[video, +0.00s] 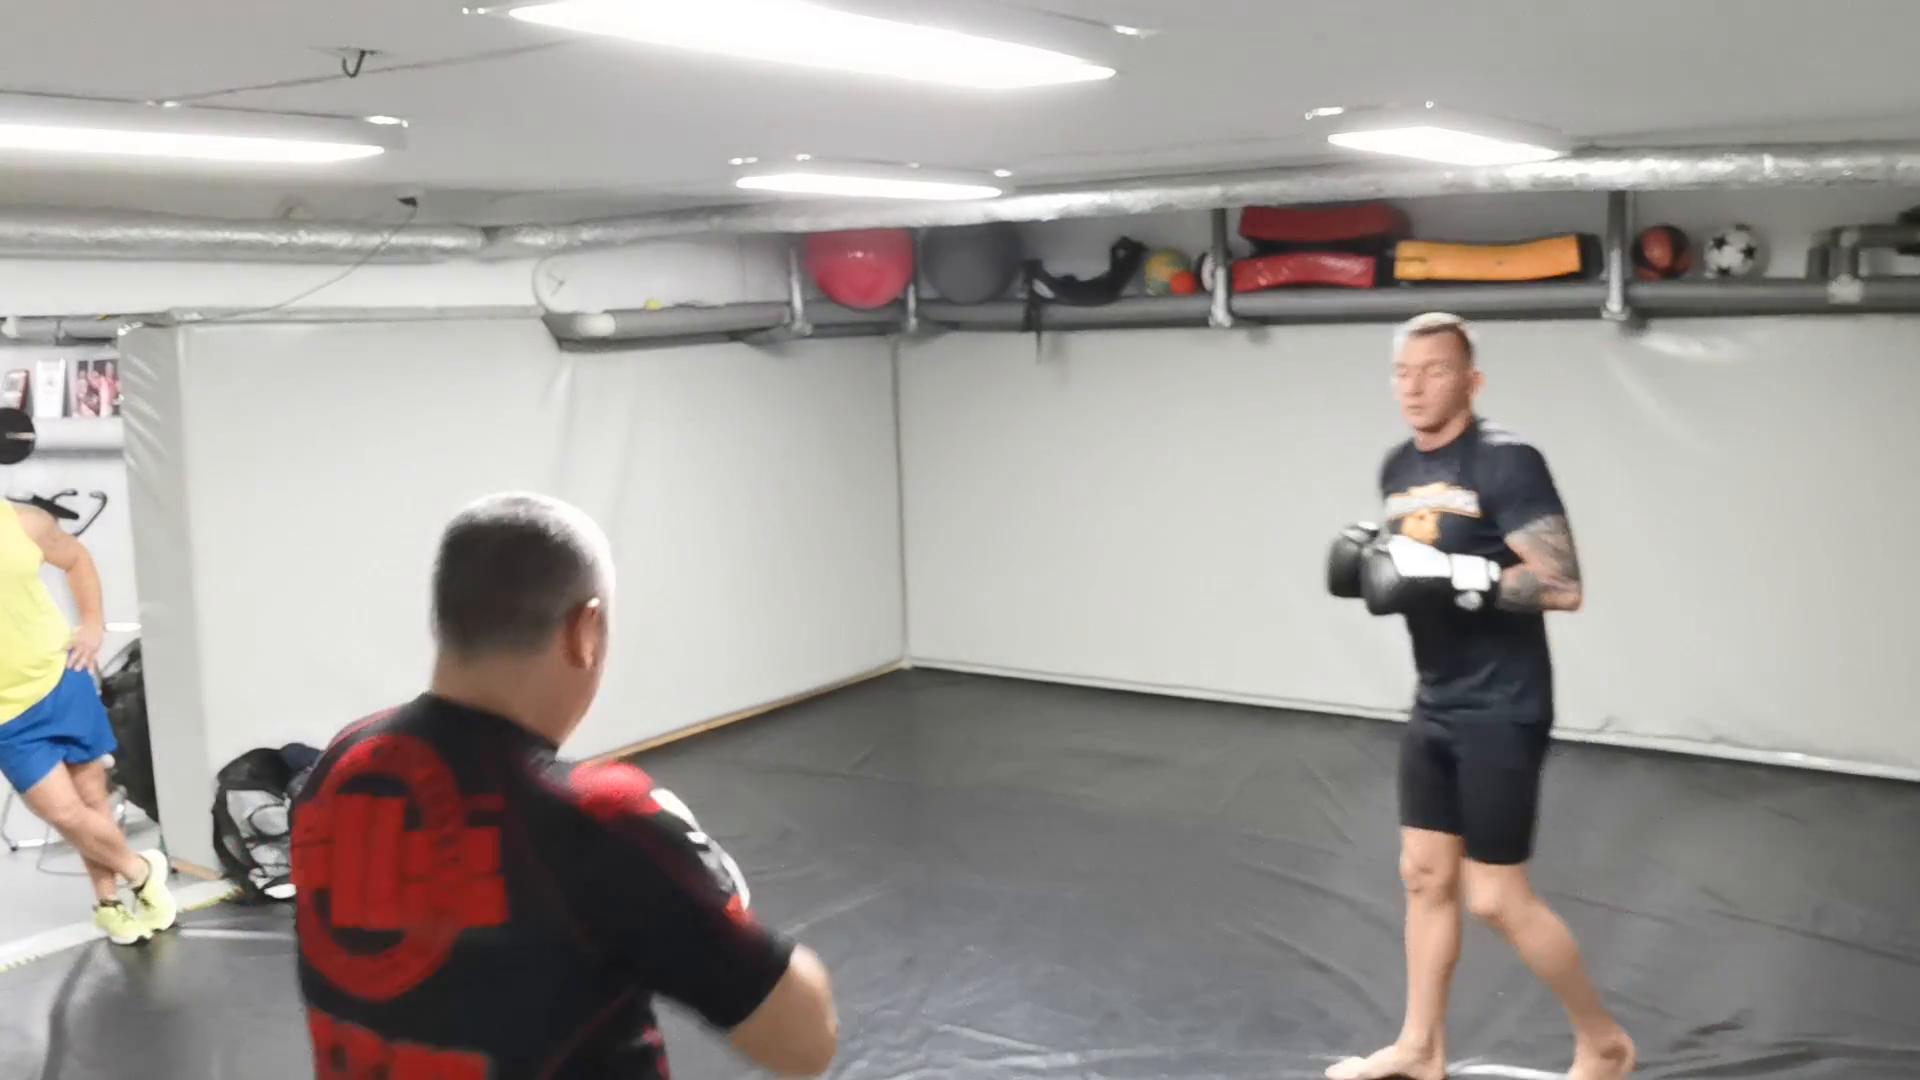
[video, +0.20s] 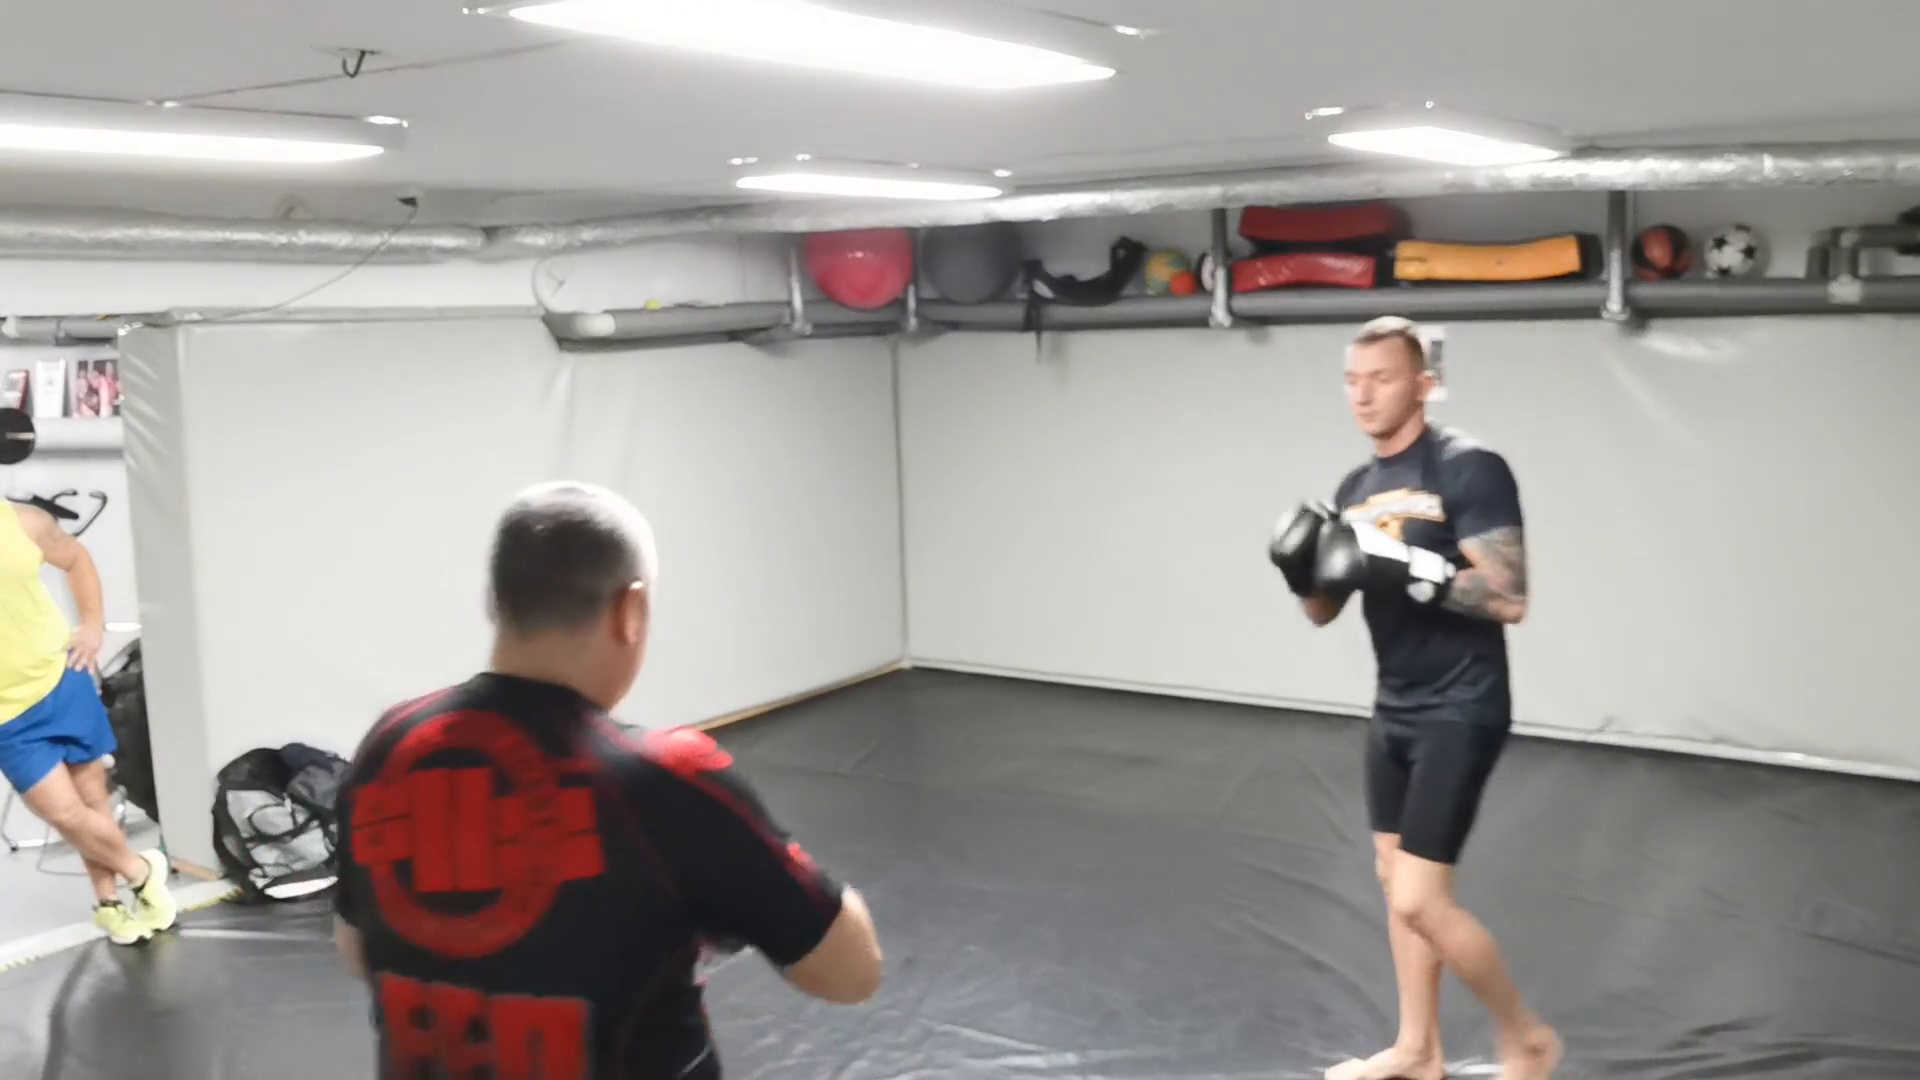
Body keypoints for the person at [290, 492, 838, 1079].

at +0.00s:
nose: (605, 661)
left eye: (611, 634)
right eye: (610, 633)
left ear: (445, 618)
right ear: (586, 635)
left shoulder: (335, 773)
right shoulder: (597, 819)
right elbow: (804, 1043)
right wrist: (716, 887)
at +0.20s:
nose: (651, 637)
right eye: (653, 612)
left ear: (495, 605)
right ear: (629, 616)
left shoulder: (389, 748)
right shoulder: (662, 780)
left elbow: (362, 952)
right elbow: (853, 971)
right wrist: (737, 880)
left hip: (424, 1073)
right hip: (638, 1067)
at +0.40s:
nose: (715, 623)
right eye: (718, 601)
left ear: (575, 595)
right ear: (703, 603)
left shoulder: (465, 728)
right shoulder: (741, 758)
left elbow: (416, 925)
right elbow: (904, 924)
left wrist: (552, 882)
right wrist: (811, 815)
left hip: (503, 1066)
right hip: (696, 1063)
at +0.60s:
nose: (771, 584)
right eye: (771, 564)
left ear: (634, 554)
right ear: (755, 566)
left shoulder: (528, 678)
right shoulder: (793, 708)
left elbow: (459, 857)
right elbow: (923, 882)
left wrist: (576, 838)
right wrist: (831, 791)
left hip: (566, 1052)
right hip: (736, 1054)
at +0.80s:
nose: (781, 575)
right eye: (784, 555)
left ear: (659, 541)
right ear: (764, 553)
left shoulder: (554, 661)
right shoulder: (788, 686)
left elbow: (476, 832)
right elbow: (914, 873)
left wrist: (606, 834)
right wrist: (832, 815)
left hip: (594, 1034)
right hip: (741, 1039)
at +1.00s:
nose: (795, 595)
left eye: (802, 575)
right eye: (801, 573)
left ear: (693, 546)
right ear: (774, 567)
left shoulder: (592, 653)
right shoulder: (744, 691)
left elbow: (546, 833)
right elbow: (798, 898)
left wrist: (655, 884)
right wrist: (887, 938)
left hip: (583, 991)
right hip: (694, 1024)